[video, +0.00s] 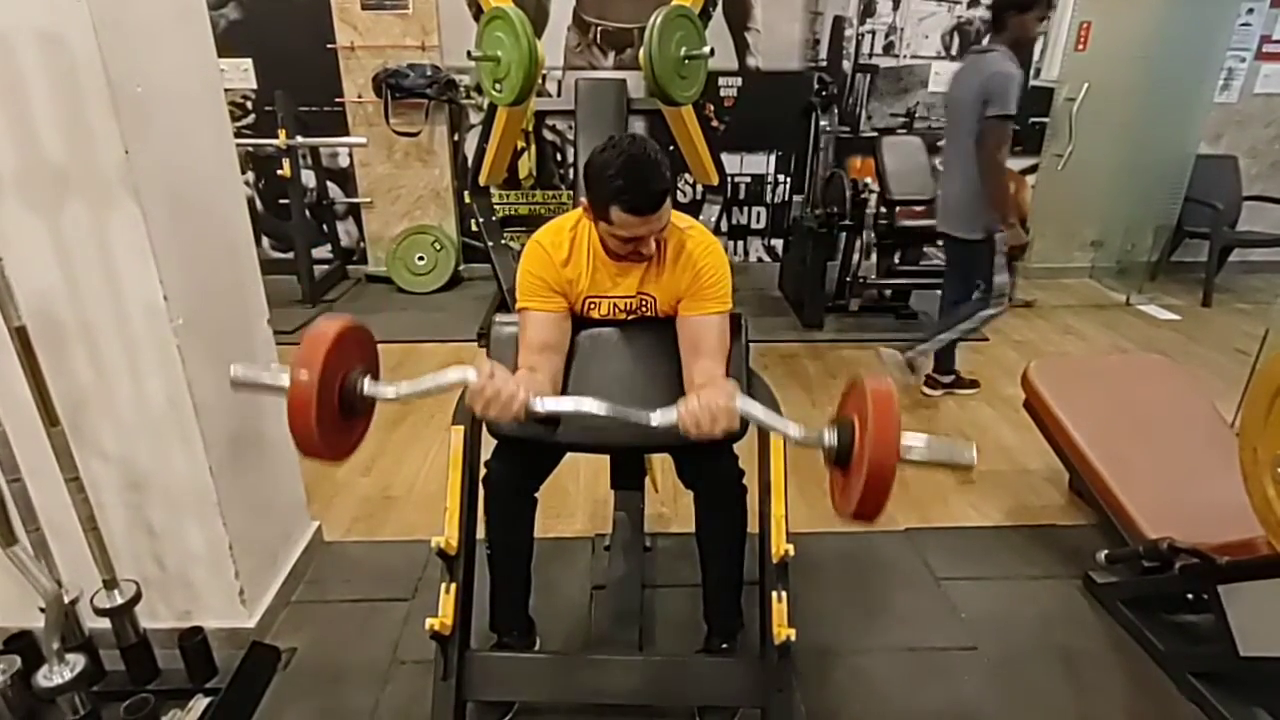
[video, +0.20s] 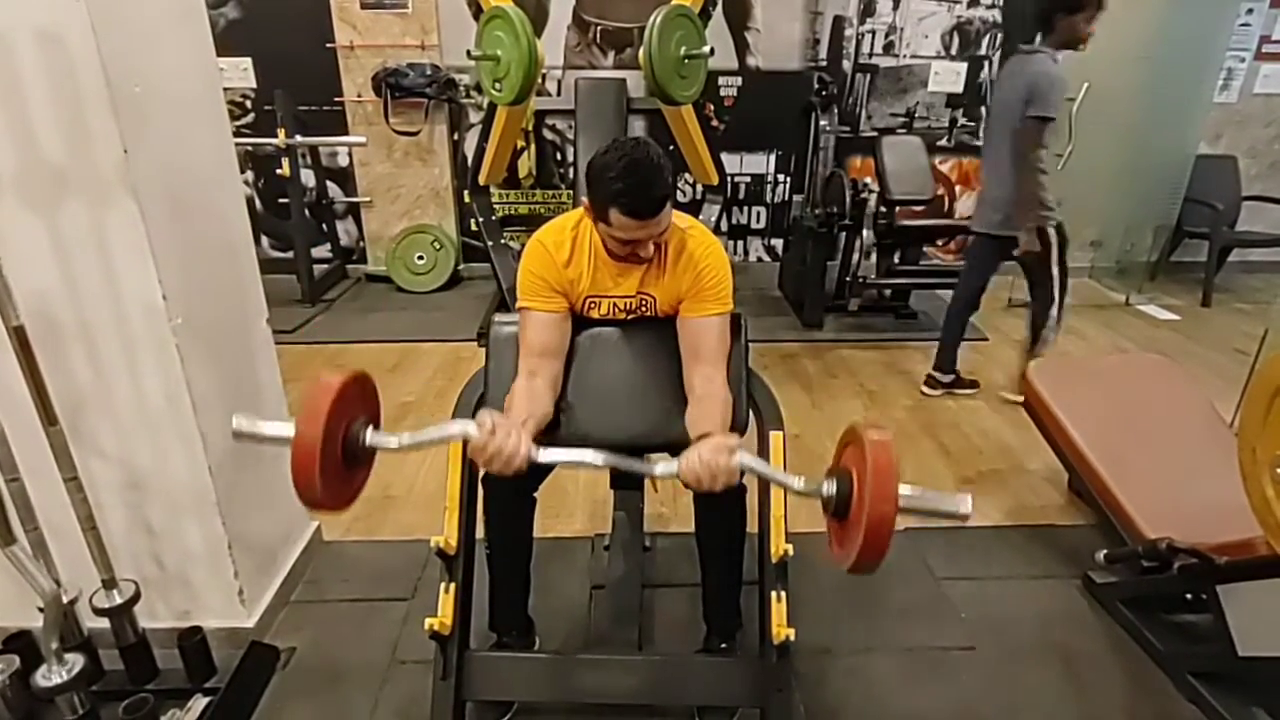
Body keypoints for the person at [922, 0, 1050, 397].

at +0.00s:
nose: (1042, 29)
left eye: (1044, 20)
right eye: (1039, 19)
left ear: (1006, 19)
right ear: (1013, 18)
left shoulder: (975, 60)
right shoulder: (1004, 69)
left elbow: (960, 141)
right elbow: (990, 152)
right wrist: (1010, 222)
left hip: (956, 204)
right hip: (975, 210)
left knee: (956, 290)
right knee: (989, 296)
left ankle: (943, 370)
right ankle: (925, 358)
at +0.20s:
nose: (1091, 31)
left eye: (1094, 21)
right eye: (1088, 20)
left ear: (1058, 18)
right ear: (1062, 16)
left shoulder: (1014, 63)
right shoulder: (1048, 72)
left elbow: (999, 139)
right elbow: (1027, 150)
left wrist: (1003, 201)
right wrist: (1030, 224)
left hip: (994, 208)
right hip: (1027, 215)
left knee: (966, 294)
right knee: (1045, 298)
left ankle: (942, 371)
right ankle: (1035, 381)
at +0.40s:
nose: (1148, 35)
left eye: (1150, 26)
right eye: (1146, 25)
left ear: (1108, 22)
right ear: (1121, 22)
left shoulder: (1072, 68)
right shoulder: (1106, 79)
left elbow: (1052, 143)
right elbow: (1081, 159)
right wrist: (1081, 230)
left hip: (1042, 209)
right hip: (1072, 217)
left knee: (1008, 286)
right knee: (1076, 307)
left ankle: (956, 359)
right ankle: (1080, 376)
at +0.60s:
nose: (1203, 30)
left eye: (1205, 20)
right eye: (1201, 19)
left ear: (1158, 16)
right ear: (1179, 18)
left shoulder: (1113, 68)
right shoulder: (1162, 73)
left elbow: (1092, 141)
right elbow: (1146, 154)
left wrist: (1095, 192)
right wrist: (1150, 223)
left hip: (1092, 206)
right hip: (1124, 214)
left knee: (1082, 280)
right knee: (1103, 300)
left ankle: (1027, 337)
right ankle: (1080, 376)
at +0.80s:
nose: (1238, 39)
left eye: (1241, 30)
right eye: (1238, 29)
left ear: (1196, 24)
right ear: (1224, 28)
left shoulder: (1142, 77)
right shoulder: (1210, 79)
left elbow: (1113, 149)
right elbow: (1209, 162)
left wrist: (1095, 204)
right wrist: (1221, 225)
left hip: (1124, 203)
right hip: (1164, 211)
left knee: (1128, 288)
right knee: (1125, 293)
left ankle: (1128, 359)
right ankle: (1089, 366)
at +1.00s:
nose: (1264, 44)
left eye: (1266, 37)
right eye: (1265, 37)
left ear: (1217, 34)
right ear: (1254, 38)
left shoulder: (1169, 85)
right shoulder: (1243, 88)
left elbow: (1140, 152)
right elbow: (1247, 165)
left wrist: (1116, 209)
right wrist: (1268, 222)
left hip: (1162, 212)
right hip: (1204, 216)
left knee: (1167, 295)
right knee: (1156, 301)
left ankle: (1164, 362)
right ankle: (1101, 362)